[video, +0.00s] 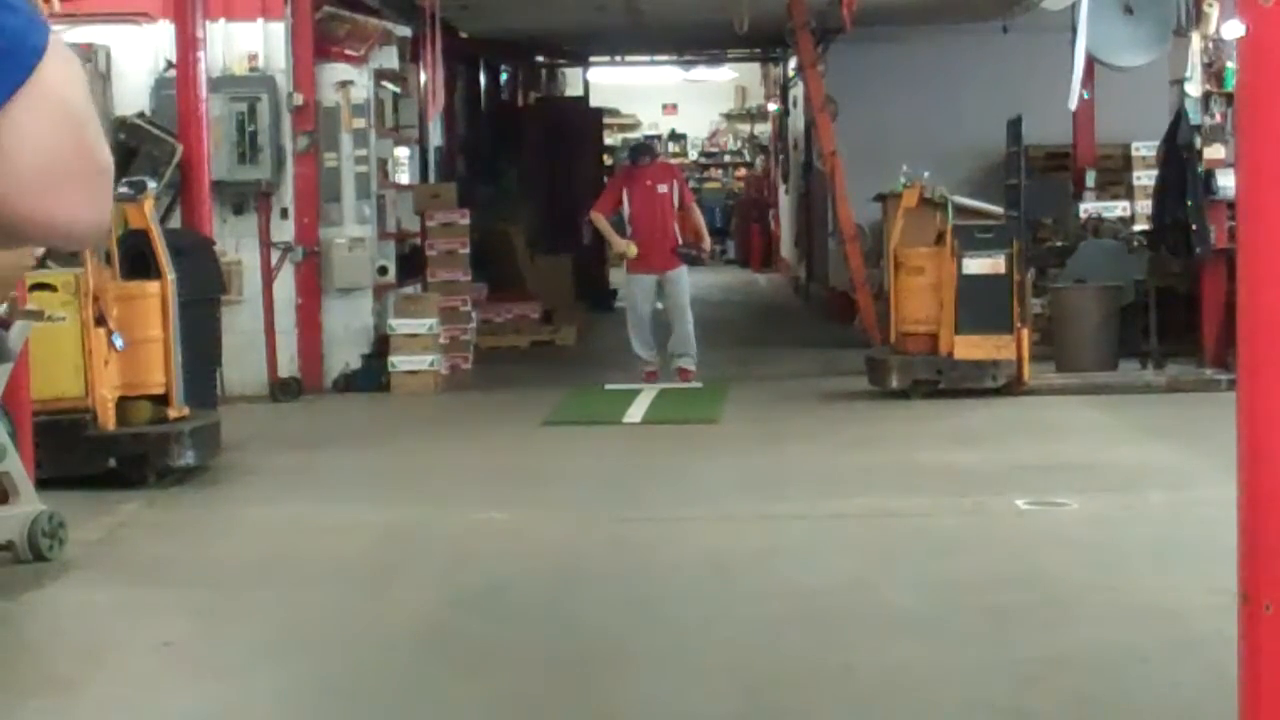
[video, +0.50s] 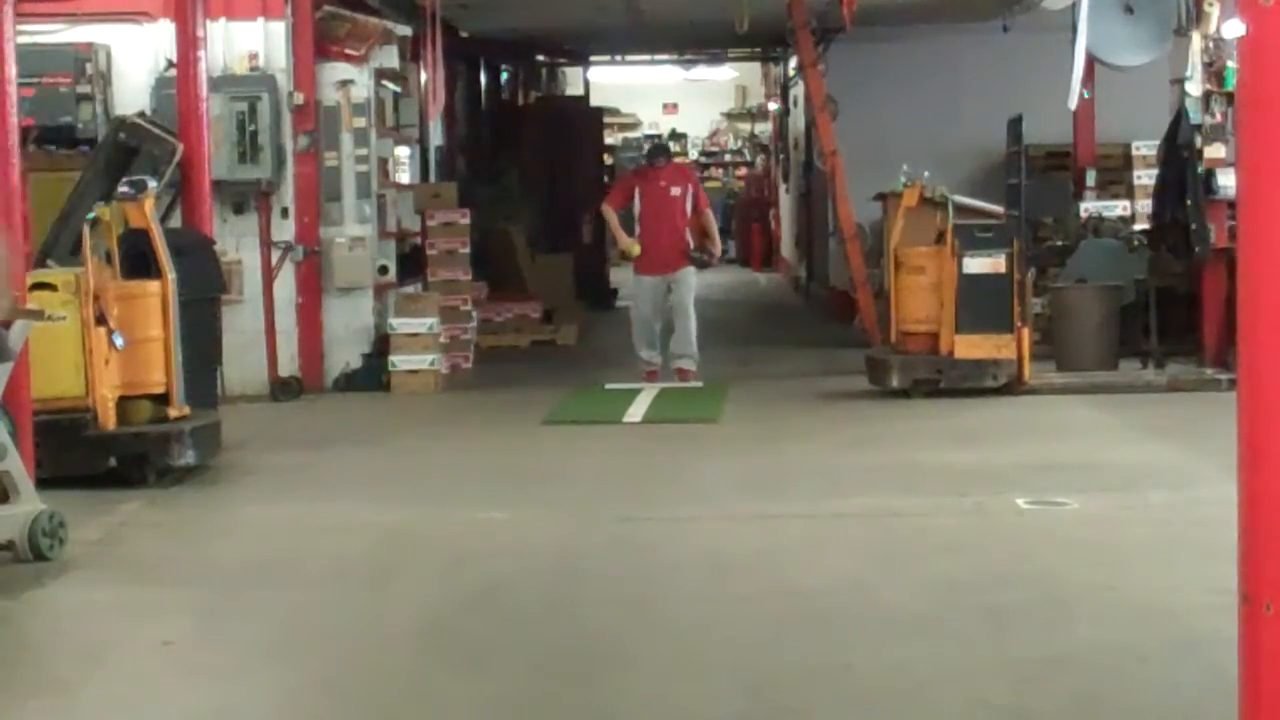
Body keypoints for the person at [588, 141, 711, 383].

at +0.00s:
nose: (644, 160)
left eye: (649, 155)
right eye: (639, 156)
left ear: (656, 151)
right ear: (632, 155)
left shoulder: (671, 172)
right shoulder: (623, 177)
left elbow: (690, 206)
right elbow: (597, 214)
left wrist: (704, 235)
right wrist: (615, 240)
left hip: (672, 257)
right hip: (640, 261)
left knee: (681, 310)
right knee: (640, 314)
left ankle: (685, 362)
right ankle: (648, 363)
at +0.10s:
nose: (646, 157)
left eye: (651, 150)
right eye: (640, 152)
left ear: (656, 150)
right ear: (632, 154)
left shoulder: (672, 172)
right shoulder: (623, 178)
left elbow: (691, 207)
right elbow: (597, 213)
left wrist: (705, 235)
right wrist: (614, 239)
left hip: (673, 258)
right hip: (641, 262)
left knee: (681, 308)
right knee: (642, 314)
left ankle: (684, 361)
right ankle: (649, 364)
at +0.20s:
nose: (643, 161)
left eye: (648, 156)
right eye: (638, 157)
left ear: (656, 154)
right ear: (632, 157)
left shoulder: (672, 172)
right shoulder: (625, 178)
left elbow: (692, 205)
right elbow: (598, 212)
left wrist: (706, 235)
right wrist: (614, 238)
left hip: (674, 259)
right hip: (641, 263)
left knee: (682, 309)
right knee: (642, 315)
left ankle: (685, 362)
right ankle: (649, 364)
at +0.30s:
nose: (647, 166)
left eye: (651, 160)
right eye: (642, 162)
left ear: (658, 156)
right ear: (634, 159)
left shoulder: (675, 173)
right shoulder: (626, 179)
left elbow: (695, 206)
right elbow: (600, 211)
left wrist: (709, 236)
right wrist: (615, 238)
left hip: (675, 260)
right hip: (642, 264)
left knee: (682, 308)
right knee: (642, 315)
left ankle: (685, 362)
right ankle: (650, 364)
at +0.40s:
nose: (652, 166)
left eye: (656, 161)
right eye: (647, 162)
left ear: (663, 157)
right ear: (639, 159)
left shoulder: (680, 174)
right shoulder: (629, 178)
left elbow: (699, 208)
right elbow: (604, 209)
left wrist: (712, 239)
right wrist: (618, 238)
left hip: (678, 260)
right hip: (645, 263)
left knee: (683, 311)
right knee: (643, 316)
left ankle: (685, 364)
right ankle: (650, 364)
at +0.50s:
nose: (657, 166)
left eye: (661, 160)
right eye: (652, 161)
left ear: (669, 156)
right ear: (645, 159)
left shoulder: (686, 176)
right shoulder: (635, 178)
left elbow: (704, 211)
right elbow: (608, 207)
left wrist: (715, 241)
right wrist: (622, 238)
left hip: (681, 261)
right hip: (647, 263)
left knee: (684, 311)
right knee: (645, 315)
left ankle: (685, 364)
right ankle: (650, 364)